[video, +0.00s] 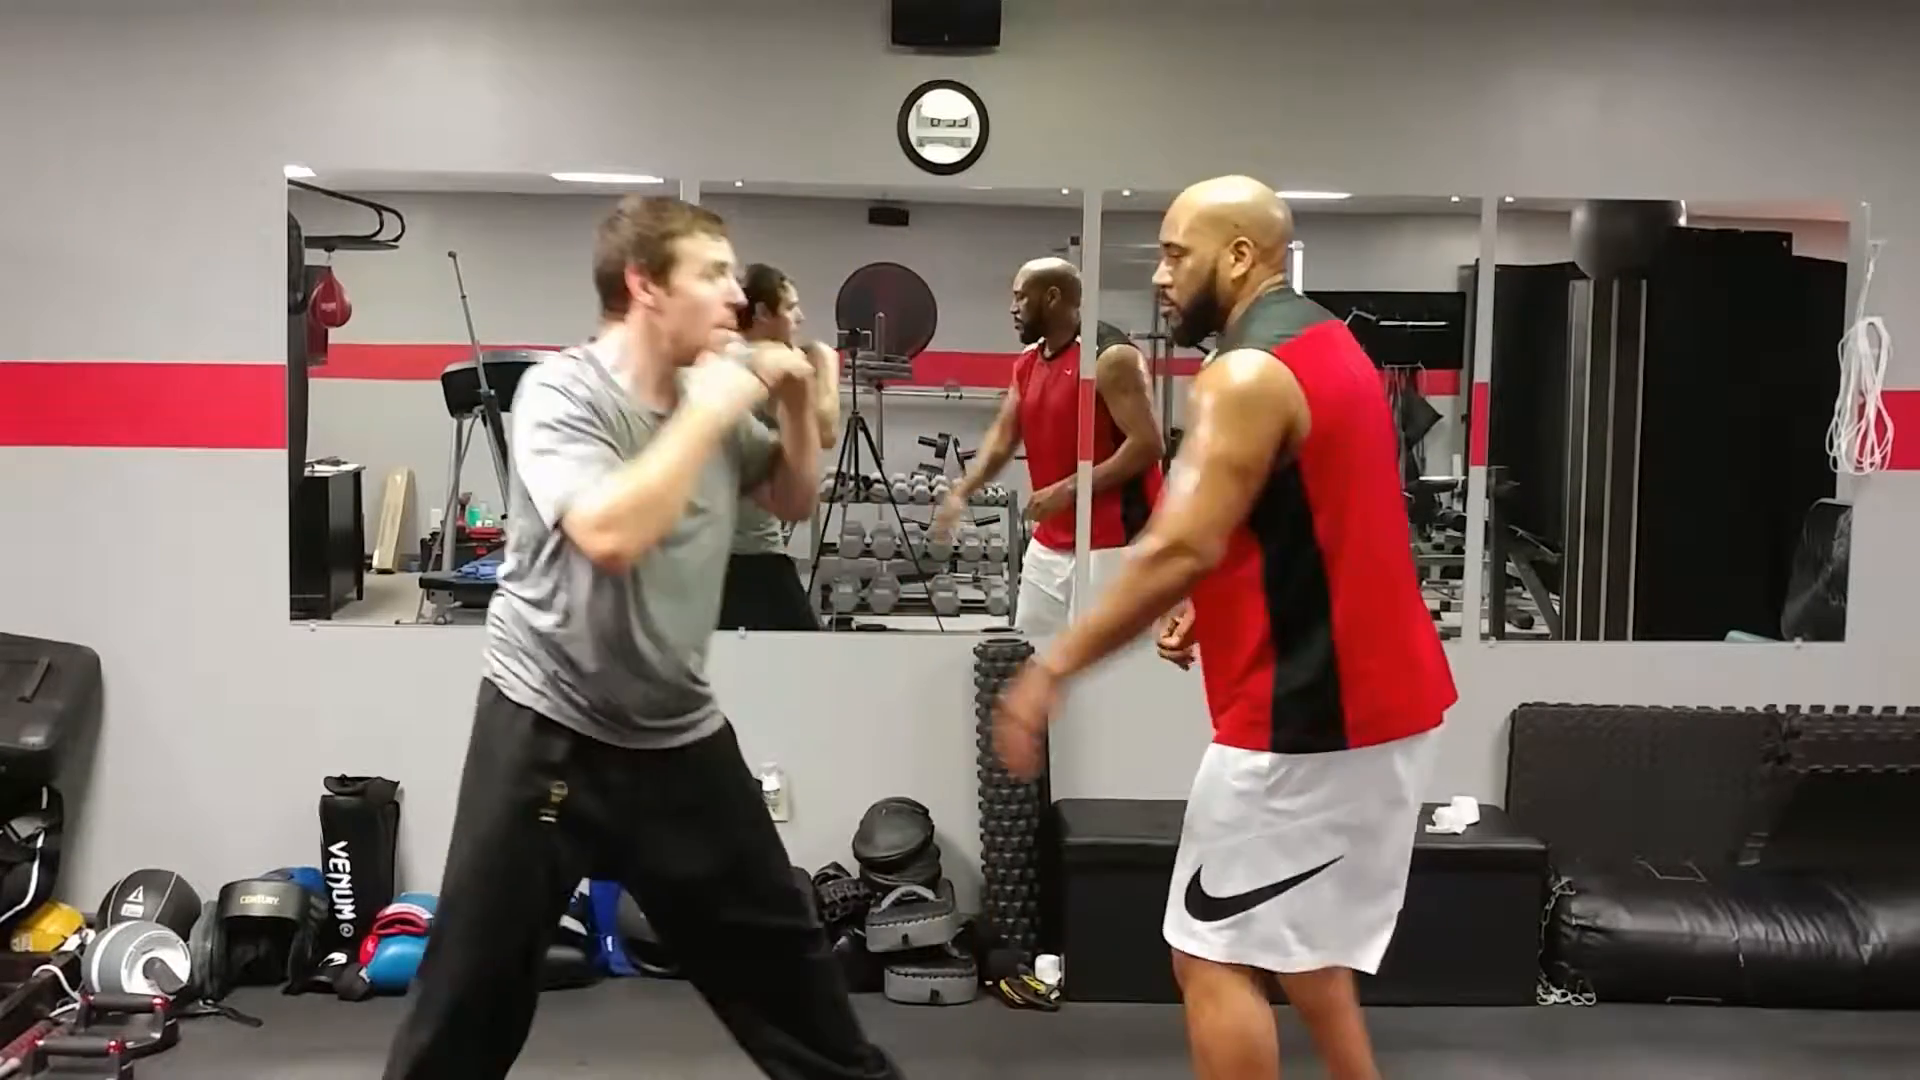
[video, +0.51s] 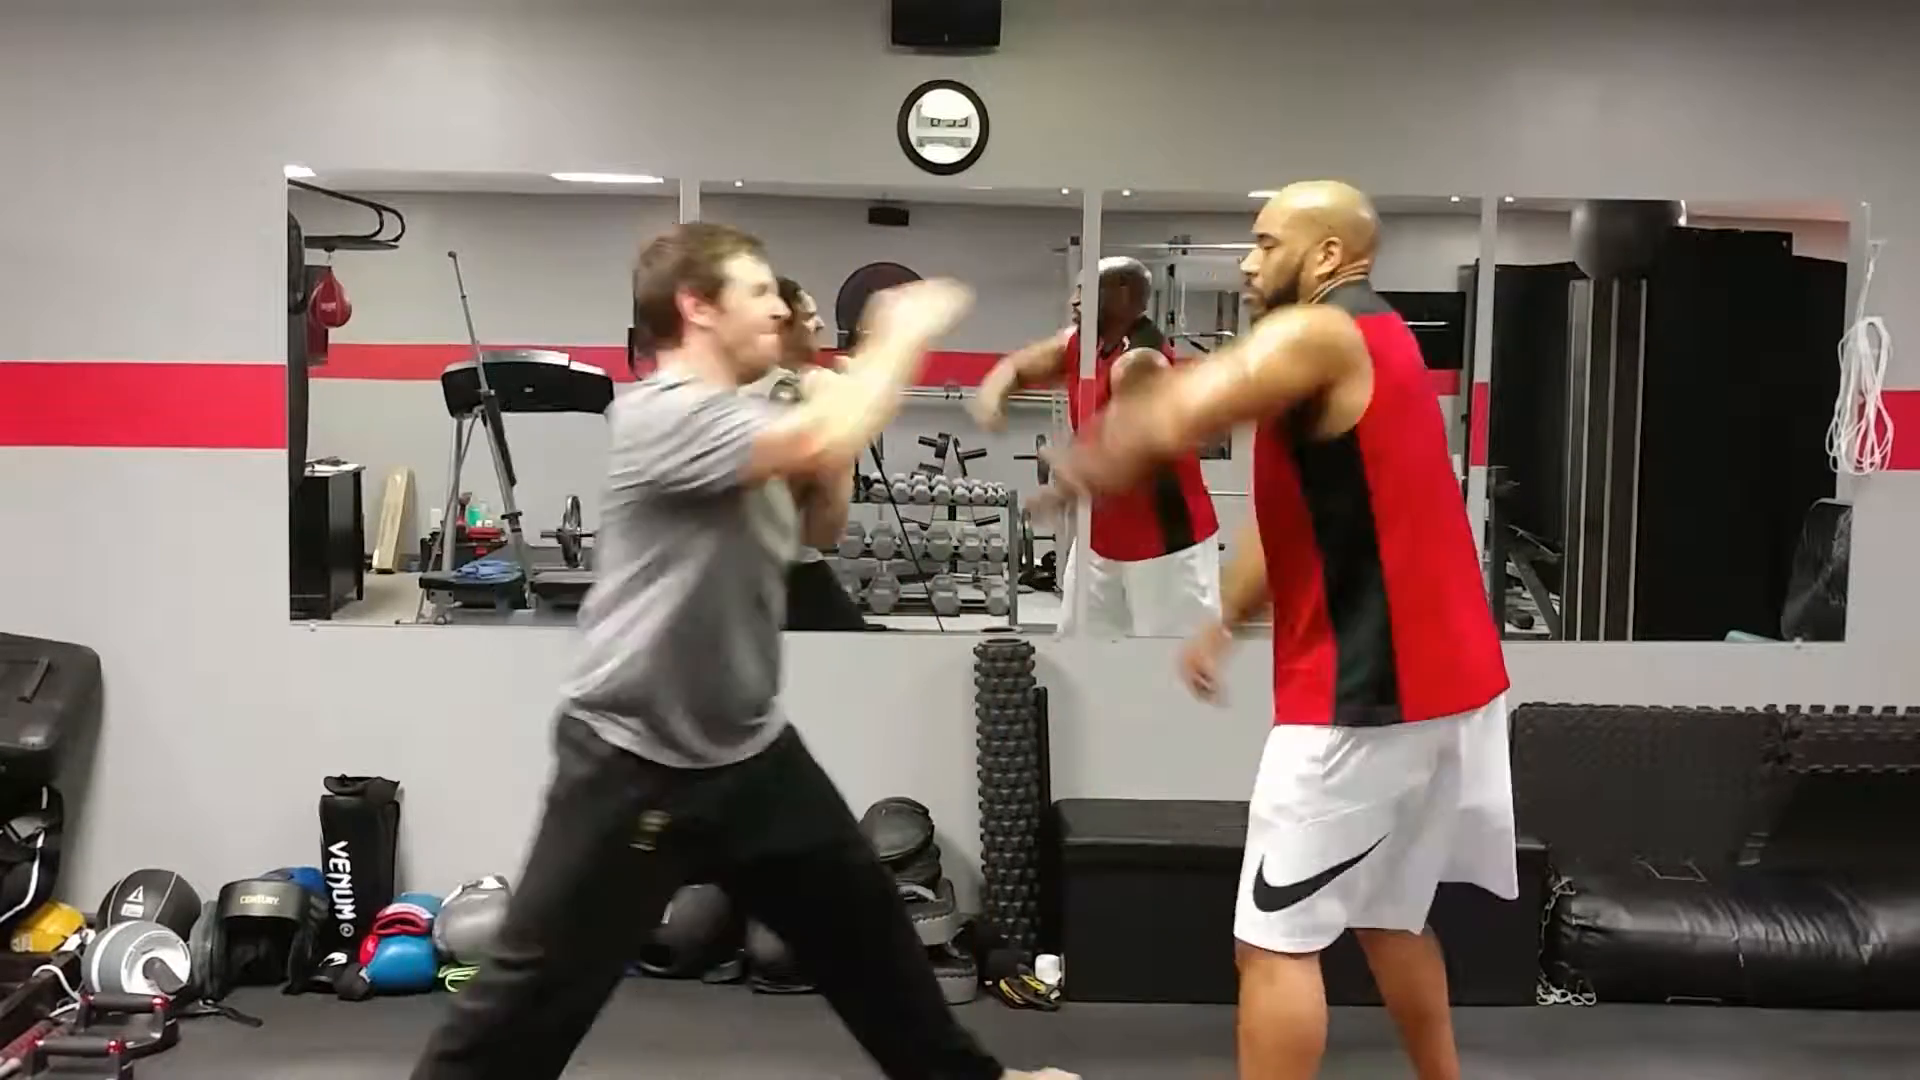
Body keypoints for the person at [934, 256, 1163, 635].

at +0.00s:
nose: (1013, 309)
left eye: (1021, 298)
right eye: (1014, 299)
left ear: (1054, 298)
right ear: (1051, 299)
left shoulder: (1112, 359)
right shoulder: (1027, 365)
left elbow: (1148, 445)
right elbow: (1002, 438)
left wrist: (1070, 489)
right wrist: (961, 490)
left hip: (1107, 551)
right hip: (1048, 545)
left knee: (1101, 675)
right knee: (1032, 664)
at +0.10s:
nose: (1023, 312)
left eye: (1031, 300)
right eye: (1024, 301)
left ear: (1064, 301)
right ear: (1060, 304)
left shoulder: (1120, 361)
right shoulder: (1052, 362)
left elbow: (1155, 448)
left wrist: (1081, 500)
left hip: (1129, 550)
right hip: (1064, 545)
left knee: (1139, 669)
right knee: (1033, 654)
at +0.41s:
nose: (1059, 307)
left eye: (1070, 296)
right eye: (1060, 295)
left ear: (1112, 301)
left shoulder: (1149, 360)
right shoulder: (1070, 364)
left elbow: (1174, 452)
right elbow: (1065, 435)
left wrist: (1127, 524)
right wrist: (1062, 480)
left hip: (1163, 551)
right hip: (1095, 546)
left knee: (1170, 674)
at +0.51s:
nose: (1077, 299)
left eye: (1093, 290)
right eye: (1080, 289)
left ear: (1131, 302)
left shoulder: (1140, 363)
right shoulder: (1081, 343)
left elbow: (1120, 459)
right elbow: (1019, 364)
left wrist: (1062, 489)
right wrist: (992, 394)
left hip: (1166, 546)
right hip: (1101, 540)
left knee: (1174, 671)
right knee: (1082, 659)